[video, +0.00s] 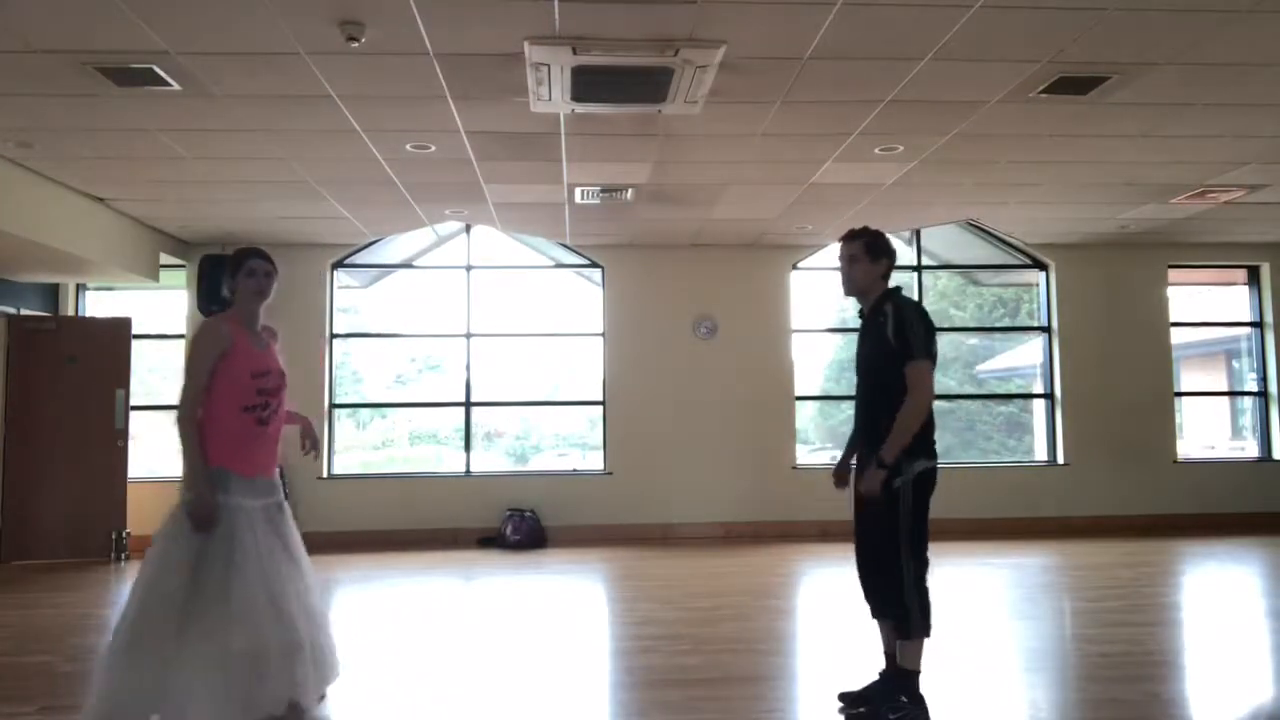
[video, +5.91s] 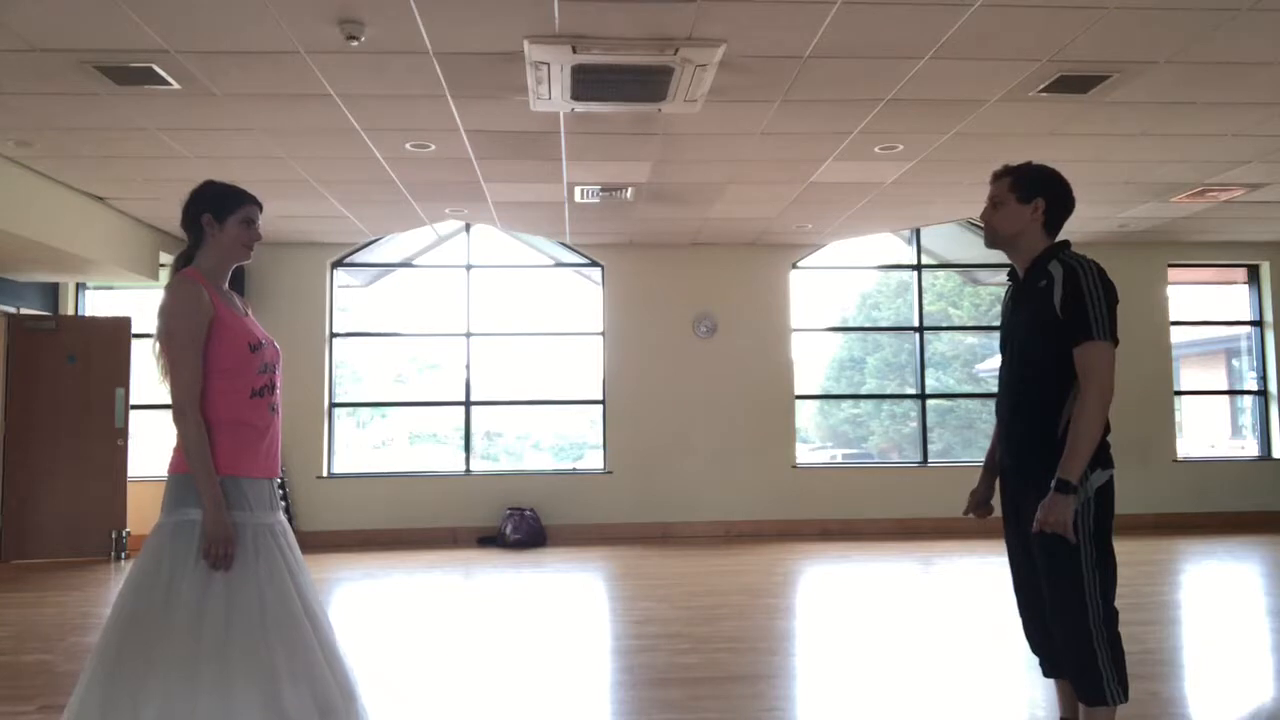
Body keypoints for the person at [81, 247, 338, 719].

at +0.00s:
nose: (261, 281)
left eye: (268, 275)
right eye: (252, 273)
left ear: (274, 286)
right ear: (232, 281)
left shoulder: (269, 335)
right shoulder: (215, 331)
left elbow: (258, 407)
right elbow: (187, 411)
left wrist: (301, 420)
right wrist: (197, 484)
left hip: (265, 485)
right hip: (225, 485)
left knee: (273, 597)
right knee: (225, 600)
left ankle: (276, 698)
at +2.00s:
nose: (257, 218)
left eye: (266, 212)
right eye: (245, 208)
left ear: (272, 226)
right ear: (216, 217)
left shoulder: (256, 294)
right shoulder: (203, 280)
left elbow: (245, 399)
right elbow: (167, 392)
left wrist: (261, 485)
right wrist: (189, 500)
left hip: (245, 497)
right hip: (203, 496)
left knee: (245, 653)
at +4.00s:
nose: (269, 227)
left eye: (268, 217)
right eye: (259, 216)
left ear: (227, 221)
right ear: (221, 218)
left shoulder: (236, 293)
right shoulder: (201, 286)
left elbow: (237, 399)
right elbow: (192, 402)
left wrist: (271, 489)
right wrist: (218, 503)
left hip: (257, 492)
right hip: (225, 493)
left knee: (262, 649)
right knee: (224, 651)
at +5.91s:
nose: (257, 236)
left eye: (258, 226)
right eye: (248, 224)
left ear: (220, 228)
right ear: (209, 224)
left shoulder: (230, 299)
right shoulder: (188, 293)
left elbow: (237, 405)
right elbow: (186, 408)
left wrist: (268, 495)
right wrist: (213, 507)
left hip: (254, 498)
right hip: (218, 499)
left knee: (258, 656)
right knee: (218, 659)